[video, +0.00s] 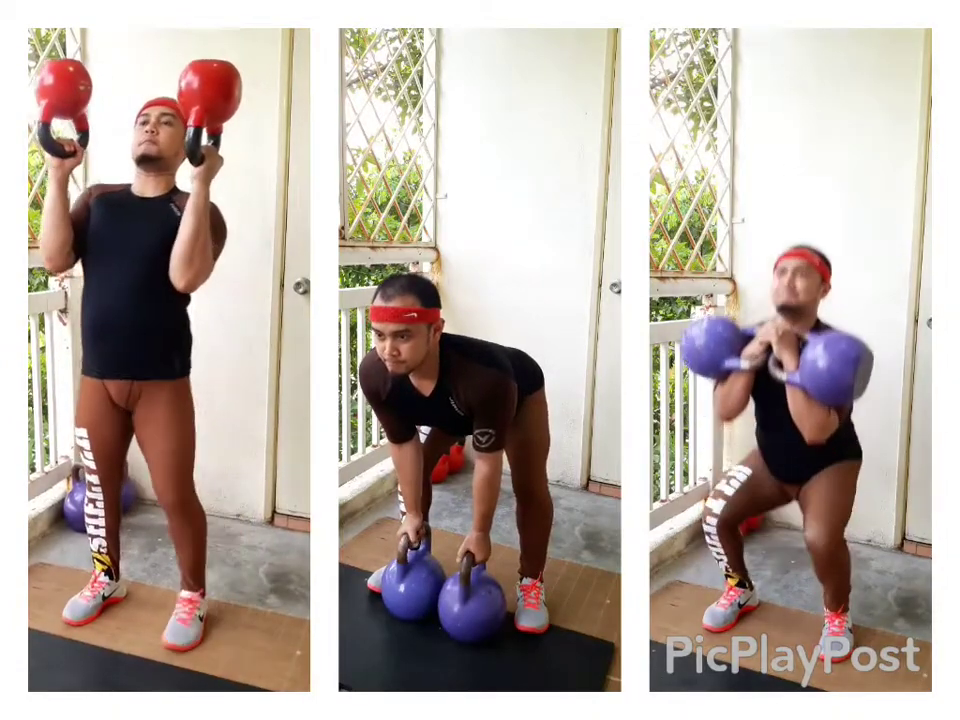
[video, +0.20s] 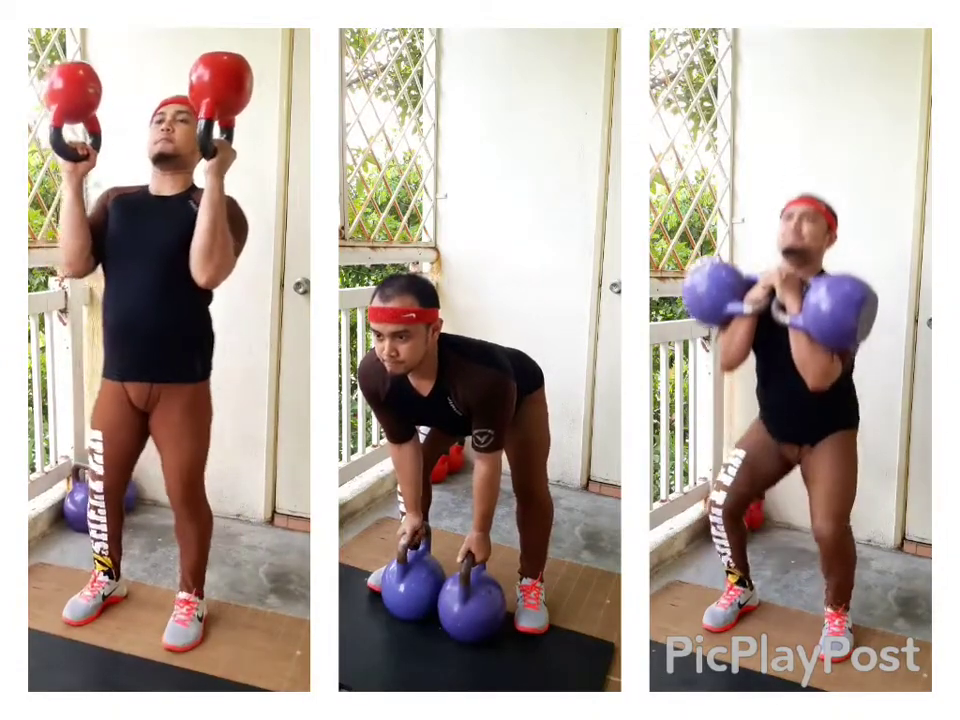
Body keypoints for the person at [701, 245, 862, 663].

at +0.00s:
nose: (790, 280)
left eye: (802, 274)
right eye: (783, 272)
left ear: (823, 290)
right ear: (771, 283)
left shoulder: (833, 347)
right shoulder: (753, 339)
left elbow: (817, 431)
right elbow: (725, 412)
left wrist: (790, 362)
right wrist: (751, 358)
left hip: (831, 461)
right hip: (774, 458)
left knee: (821, 538)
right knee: (721, 517)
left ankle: (837, 615)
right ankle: (740, 588)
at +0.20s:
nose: (795, 226)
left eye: (808, 221)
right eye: (788, 218)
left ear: (829, 238)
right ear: (777, 231)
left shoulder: (835, 299)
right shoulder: (756, 291)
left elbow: (819, 376)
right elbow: (729, 359)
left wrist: (793, 307)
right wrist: (751, 306)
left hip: (829, 433)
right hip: (773, 427)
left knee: (829, 531)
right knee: (727, 505)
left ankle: (837, 615)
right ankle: (740, 587)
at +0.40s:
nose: (801, 177)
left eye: (815, 173)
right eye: (795, 172)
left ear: (838, 194)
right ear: (784, 190)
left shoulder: (844, 251)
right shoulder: (760, 246)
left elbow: (824, 322)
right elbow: (731, 312)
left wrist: (800, 250)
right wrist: (761, 248)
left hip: (827, 408)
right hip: (767, 403)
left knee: (831, 514)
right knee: (742, 496)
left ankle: (837, 612)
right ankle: (739, 586)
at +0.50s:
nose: (805, 173)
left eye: (819, 168)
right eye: (799, 168)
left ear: (843, 188)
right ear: (788, 184)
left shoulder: (847, 246)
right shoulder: (763, 238)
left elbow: (827, 313)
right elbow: (731, 304)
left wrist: (802, 240)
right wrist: (765, 239)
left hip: (819, 404)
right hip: (761, 398)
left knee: (827, 511)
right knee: (750, 501)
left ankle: (836, 611)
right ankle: (740, 586)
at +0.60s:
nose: (807, 178)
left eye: (820, 173)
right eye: (801, 173)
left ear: (844, 192)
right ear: (790, 190)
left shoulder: (850, 251)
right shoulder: (766, 242)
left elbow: (828, 313)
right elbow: (731, 306)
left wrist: (805, 242)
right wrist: (766, 243)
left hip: (816, 405)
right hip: (757, 399)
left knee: (826, 513)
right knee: (750, 503)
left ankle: (836, 610)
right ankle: (740, 586)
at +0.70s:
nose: (808, 181)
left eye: (821, 177)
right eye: (802, 177)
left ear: (845, 196)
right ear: (792, 194)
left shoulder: (852, 254)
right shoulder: (768, 245)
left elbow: (830, 316)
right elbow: (732, 307)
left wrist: (807, 245)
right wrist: (767, 246)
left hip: (816, 408)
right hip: (756, 401)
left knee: (826, 514)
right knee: (750, 503)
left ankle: (836, 611)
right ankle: (740, 587)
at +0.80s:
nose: (808, 184)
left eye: (821, 179)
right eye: (802, 179)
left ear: (846, 198)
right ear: (793, 195)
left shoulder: (854, 255)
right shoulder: (770, 246)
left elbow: (831, 317)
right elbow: (733, 308)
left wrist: (807, 246)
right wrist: (768, 246)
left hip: (816, 408)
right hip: (756, 402)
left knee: (826, 514)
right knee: (750, 503)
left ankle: (836, 610)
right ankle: (740, 586)